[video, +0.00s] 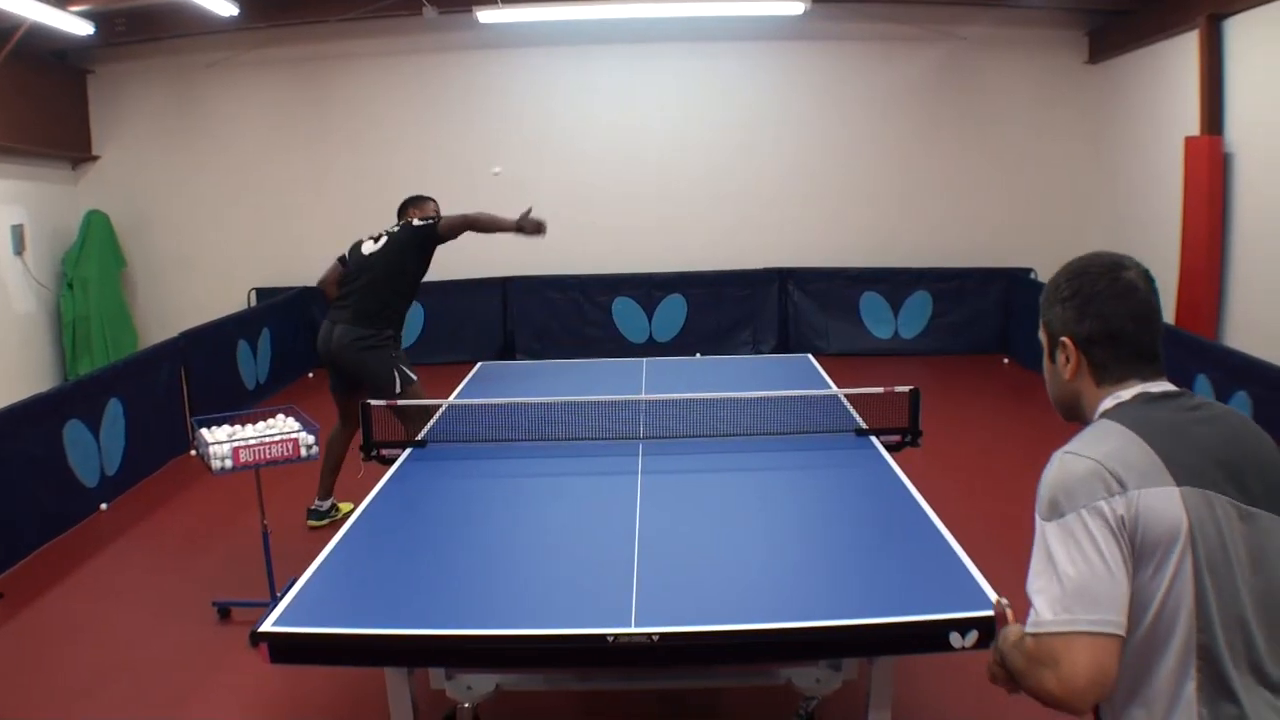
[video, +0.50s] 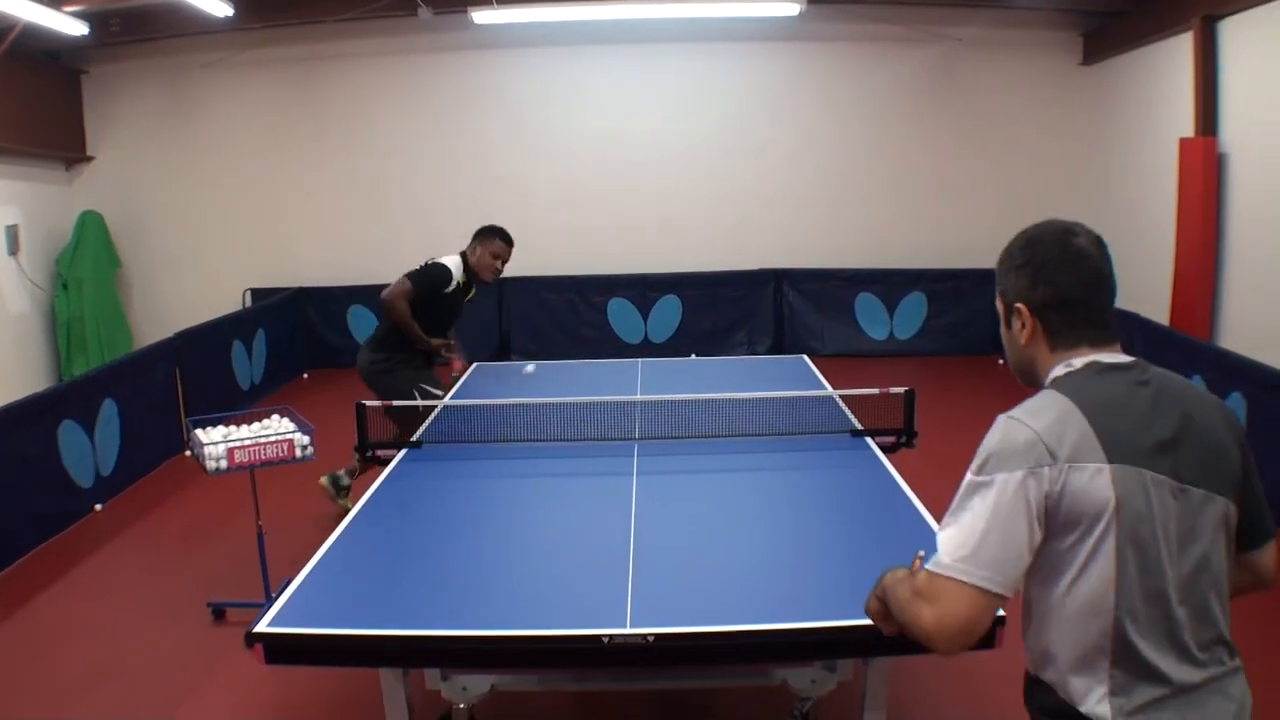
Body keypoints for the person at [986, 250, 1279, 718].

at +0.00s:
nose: (1044, 367)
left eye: (1044, 351)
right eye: (1043, 350)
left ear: (1068, 357)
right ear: (1153, 340)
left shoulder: (1091, 466)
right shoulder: (1254, 440)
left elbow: (1077, 683)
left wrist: (1011, 646)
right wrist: (1033, 662)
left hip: (1159, 709)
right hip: (1268, 704)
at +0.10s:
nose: (1041, 357)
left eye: (1041, 340)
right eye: (1040, 340)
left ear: (1065, 347)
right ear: (1149, 331)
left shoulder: (1090, 458)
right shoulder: (1244, 430)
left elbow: (1072, 675)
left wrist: (1002, 633)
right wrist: (1025, 649)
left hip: (1155, 709)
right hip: (1266, 702)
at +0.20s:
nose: (1031, 356)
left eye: (1031, 339)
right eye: (1030, 339)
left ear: (1055, 346)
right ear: (1139, 330)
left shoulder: (1080, 459)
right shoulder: (1232, 430)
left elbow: (1051, 677)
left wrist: (983, 628)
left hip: (1142, 709)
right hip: (1258, 702)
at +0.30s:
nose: (1016, 365)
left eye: (1015, 349)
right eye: (1013, 348)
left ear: (1040, 355)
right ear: (1124, 337)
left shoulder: (1058, 470)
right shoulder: (1216, 445)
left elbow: (1002, 685)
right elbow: (1248, 603)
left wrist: (942, 625)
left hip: (1110, 711)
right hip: (1237, 710)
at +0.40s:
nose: (1003, 353)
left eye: (1003, 335)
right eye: (1001, 335)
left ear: (1026, 339)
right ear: (1109, 323)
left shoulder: (1039, 451)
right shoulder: (1211, 433)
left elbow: (962, 654)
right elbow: (1256, 596)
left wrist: (906, 602)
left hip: (1090, 708)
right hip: (1225, 705)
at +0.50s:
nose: (1001, 336)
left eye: (1000, 319)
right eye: (1000, 319)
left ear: (1024, 322)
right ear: (1103, 306)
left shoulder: (1036, 433)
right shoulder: (1212, 415)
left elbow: (948, 625)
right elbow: (1259, 564)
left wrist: (895, 583)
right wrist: (1160, 588)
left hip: (1095, 709)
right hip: (1222, 702)